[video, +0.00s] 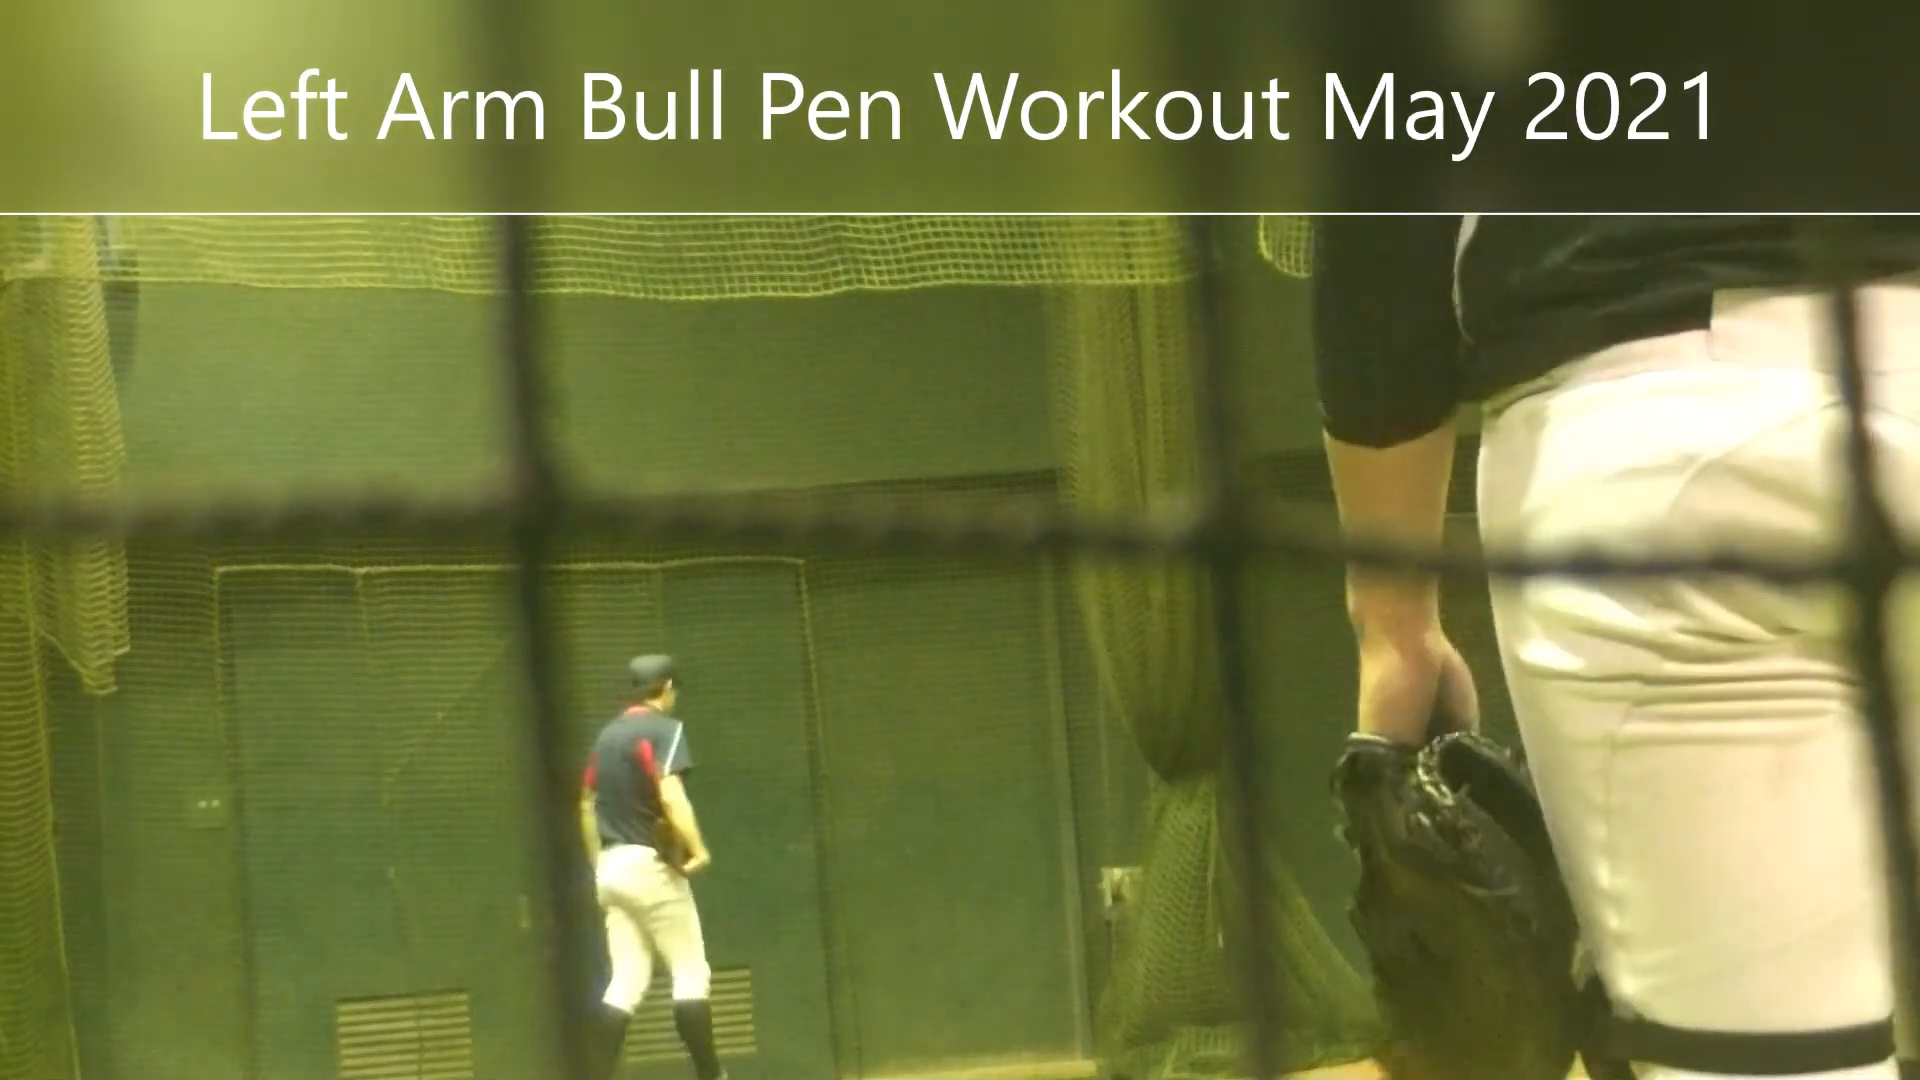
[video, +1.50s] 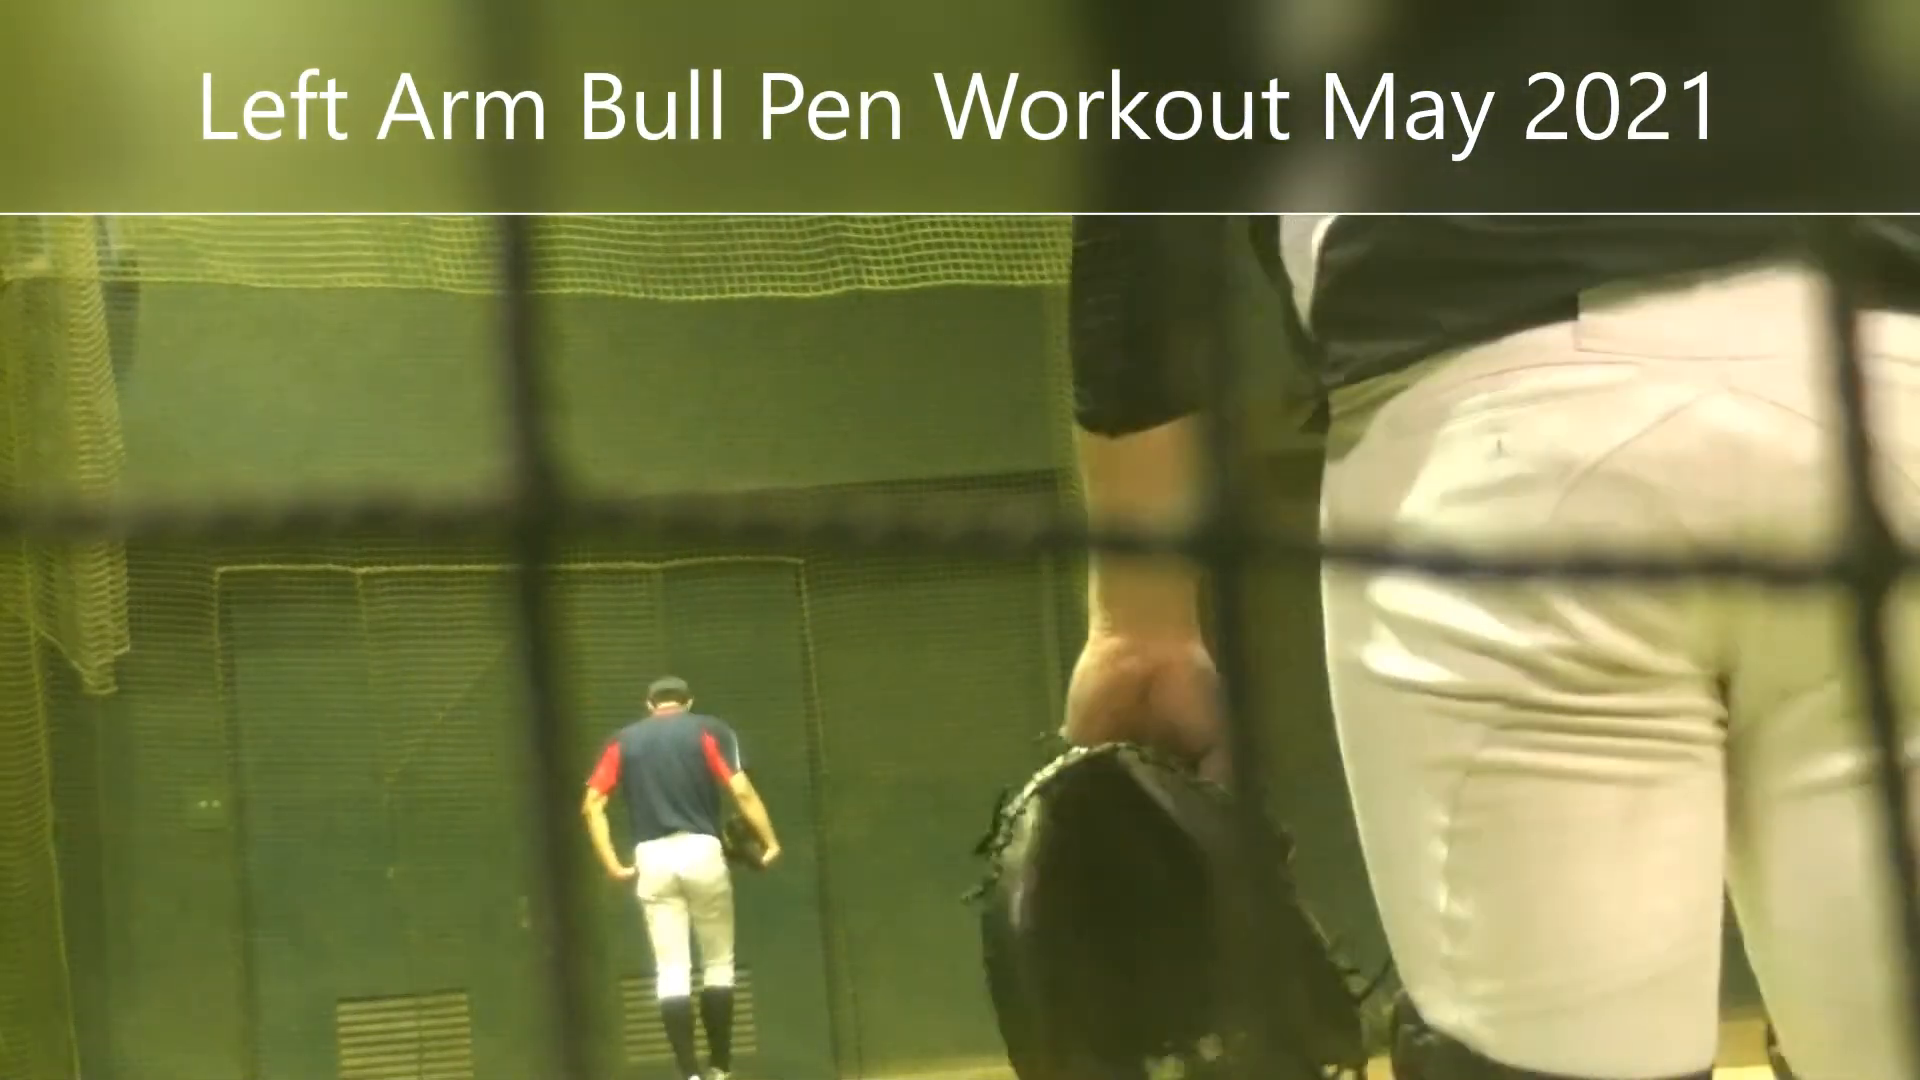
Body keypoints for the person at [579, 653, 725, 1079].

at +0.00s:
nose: (674, 693)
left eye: (671, 686)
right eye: (672, 687)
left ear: (635, 691)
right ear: (663, 689)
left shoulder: (607, 733)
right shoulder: (664, 730)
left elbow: (587, 801)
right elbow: (670, 792)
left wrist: (596, 859)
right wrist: (698, 848)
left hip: (609, 863)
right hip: (648, 861)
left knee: (628, 976)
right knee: (689, 969)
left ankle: (595, 1072)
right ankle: (709, 1072)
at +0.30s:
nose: (709, 695)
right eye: (710, 689)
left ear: (669, 689)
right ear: (708, 690)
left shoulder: (636, 730)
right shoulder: (720, 731)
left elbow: (601, 793)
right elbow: (740, 798)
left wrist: (610, 854)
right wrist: (761, 853)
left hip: (640, 857)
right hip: (691, 856)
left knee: (661, 958)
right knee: (703, 964)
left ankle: (639, 1047)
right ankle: (711, 1070)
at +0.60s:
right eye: (708, 691)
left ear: (672, 695)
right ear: (712, 692)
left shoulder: (646, 732)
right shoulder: (737, 731)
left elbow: (608, 792)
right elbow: (768, 796)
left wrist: (623, 858)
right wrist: (789, 850)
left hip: (664, 857)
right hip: (715, 855)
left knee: (669, 970)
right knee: (715, 967)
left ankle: (676, 1072)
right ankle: (713, 1073)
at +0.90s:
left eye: (655, 696)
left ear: (652, 699)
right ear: (690, 693)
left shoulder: (635, 736)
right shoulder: (722, 727)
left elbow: (597, 803)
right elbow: (756, 790)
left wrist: (620, 864)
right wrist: (783, 842)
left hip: (661, 858)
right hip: (713, 853)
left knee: (674, 967)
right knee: (730, 957)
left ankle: (687, 1069)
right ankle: (723, 1062)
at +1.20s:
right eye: (673, 693)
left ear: (642, 701)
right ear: (681, 695)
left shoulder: (623, 737)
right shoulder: (707, 725)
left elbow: (590, 803)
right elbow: (741, 785)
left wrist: (613, 865)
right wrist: (772, 835)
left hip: (653, 856)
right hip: (703, 847)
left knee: (671, 968)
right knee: (732, 952)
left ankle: (688, 1072)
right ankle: (744, 1060)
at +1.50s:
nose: (670, 708)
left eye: (662, 701)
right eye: (680, 701)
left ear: (650, 705)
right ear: (688, 702)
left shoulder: (625, 740)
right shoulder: (709, 731)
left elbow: (592, 803)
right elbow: (742, 792)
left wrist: (613, 866)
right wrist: (770, 842)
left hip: (653, 857)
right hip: (702, 851)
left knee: (671, 968)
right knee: (718, 961)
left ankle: (687, 1070)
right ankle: (720, 1066)